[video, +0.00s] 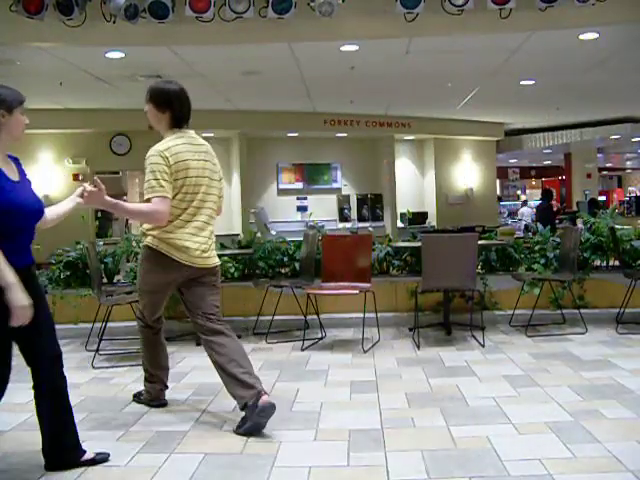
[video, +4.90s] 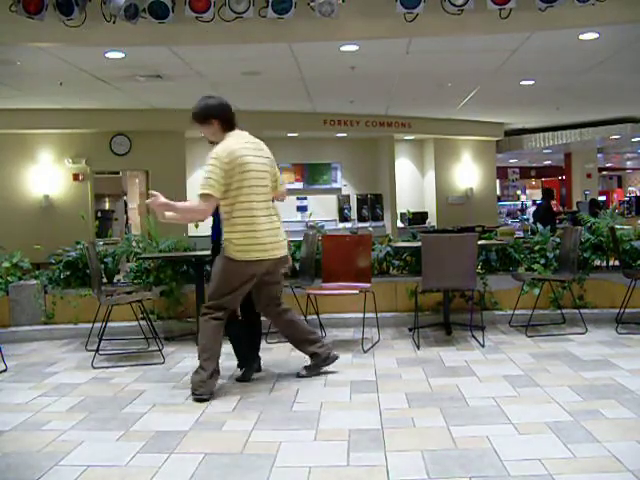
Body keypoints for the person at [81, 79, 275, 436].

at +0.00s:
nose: (146, 116)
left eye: (148, 110)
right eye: (146, 110)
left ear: (162, 111)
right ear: (182, 111)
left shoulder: (161, 152)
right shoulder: (206, 149)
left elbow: (159, 213)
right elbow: (215, 208)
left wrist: (106, 203)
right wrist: (172, 206)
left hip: (163, 251)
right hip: (203, 252)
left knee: (150, 320)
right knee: (213, 324)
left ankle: (154, 391)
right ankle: (254, 398)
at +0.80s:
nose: (177, 95)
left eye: (180, 88)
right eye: (178, 88)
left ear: (193, 88)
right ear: (214, 89)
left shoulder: (182, 121)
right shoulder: (246, 127)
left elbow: (172, 185)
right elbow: (266, 190)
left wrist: (136, 192)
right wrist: (230, 205)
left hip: (206, 234)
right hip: (250, 236)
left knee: (189, 323)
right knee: (244, 325)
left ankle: (182, 406)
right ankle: (263, 419)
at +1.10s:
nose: (207, 81)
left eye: (208, 75)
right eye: (209, 75)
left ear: (216, 76)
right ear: (247, 75)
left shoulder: (200, 111)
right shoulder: (277, 114)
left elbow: (186, 181)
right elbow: (298, 175)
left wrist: (163, 188)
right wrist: (272, 205)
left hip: (225, 230)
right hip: (273, 234)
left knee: (222, 330)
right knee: (263, 330)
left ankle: (237, 431)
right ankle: (267, 423)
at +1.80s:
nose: (206, 74)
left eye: (205, 67)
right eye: (207, 67)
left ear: (212, 67)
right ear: (252, 63)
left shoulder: (195, 120)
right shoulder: (295, 112)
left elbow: (195, 200)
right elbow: (317, 194)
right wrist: (276, 213)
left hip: (230, 259)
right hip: (283, 258)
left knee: (220, 373)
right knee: (265, 359)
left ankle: (289, 473)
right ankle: (262, 444)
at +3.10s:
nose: (212, 71)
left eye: (211, 65)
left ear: (214, 67)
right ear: (251, 64)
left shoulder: (209, 107)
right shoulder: (282, 107)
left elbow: (164, 178)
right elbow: (302, 175)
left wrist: (179, 196)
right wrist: (265, 171)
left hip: (230, 236)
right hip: (274, 239)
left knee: (223, 330)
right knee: (260, 330)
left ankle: (253, 436)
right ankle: (267, 424)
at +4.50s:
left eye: (170, 123)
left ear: (173, 122)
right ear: (200, 115)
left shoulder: (166, 152)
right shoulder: (228, 143)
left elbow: (144, 206)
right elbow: (261, 191)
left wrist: (158, 212)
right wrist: (273, 172)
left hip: (188, 243)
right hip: (230, 241)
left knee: (201, 314)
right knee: (253, 309)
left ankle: (200, 386)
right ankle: (289, 382)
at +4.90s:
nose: (203, 134)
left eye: (204, 128)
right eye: (201, 129)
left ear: (217, 123)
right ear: (229, 122)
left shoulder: (222, 153)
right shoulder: (260, 147)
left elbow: (204, 210)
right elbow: (279, 192)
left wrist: (168, 206)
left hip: (242, 252)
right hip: (275, 249)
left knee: (214, 311)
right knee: (274, 307)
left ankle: (204, 385)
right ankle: (321, 352)